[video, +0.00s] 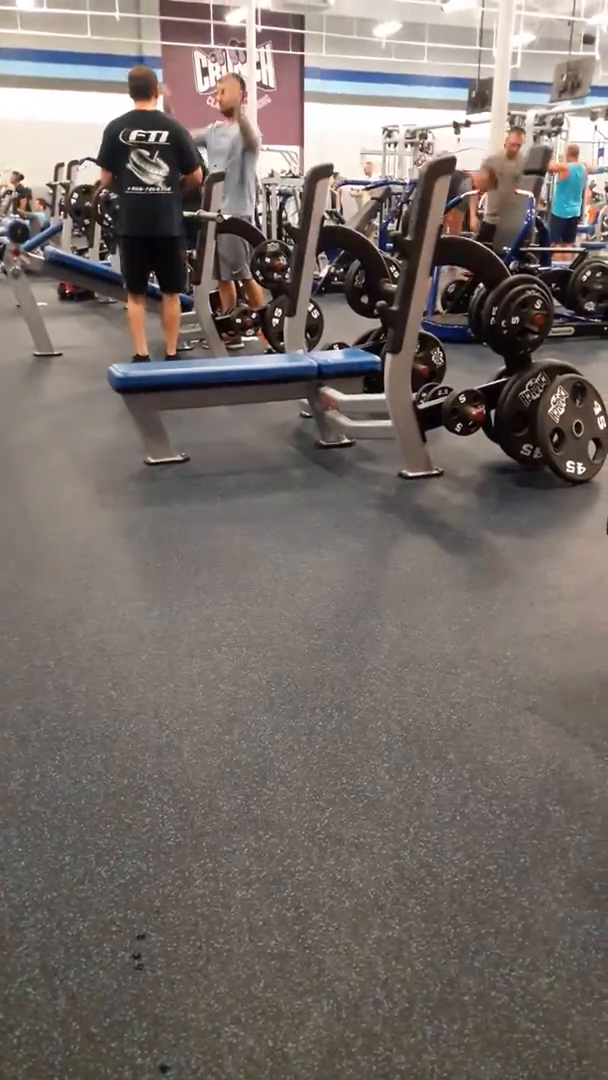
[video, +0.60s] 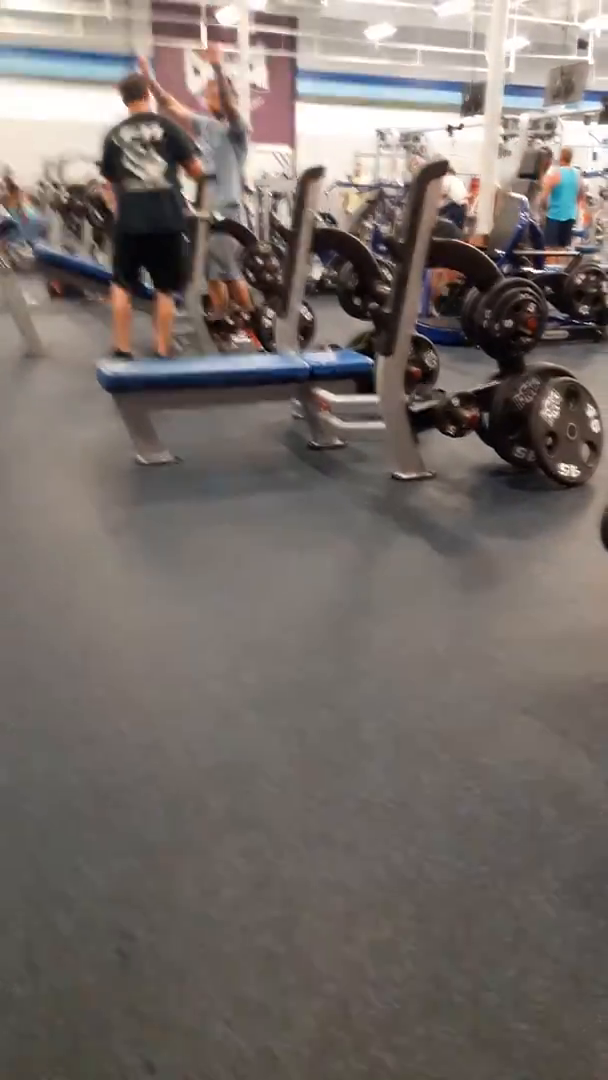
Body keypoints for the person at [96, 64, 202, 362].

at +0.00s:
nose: (158, 91)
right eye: (158, 87)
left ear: (129, 92)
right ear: (157, 91)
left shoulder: (116, 127)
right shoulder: (174, 127)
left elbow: (106, 177)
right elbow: (196, 176)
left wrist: (128, 185)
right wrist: (174, 191)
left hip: (132, 219)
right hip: (166, 219)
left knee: (134, 292)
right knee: (170, 292)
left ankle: (140, 354)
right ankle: (171, 353)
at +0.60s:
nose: (148, 98)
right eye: (148, 93)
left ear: (123, 100)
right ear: (149, 94)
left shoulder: (115, 135)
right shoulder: (167, 127)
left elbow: (109, 180)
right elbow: (195, 168)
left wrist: (118, 211)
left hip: (130, 209)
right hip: (166, 208)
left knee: (121, 283)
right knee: (165, 287)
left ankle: (122, 347)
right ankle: (163, 349)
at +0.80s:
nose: (154, 104)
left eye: (159, 99)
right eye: (155, 98)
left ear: (169, 103)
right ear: (164, 103)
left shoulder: (172, 138)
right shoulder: (156, 135)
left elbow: (156, 173)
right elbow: (150, 171)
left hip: (168, 212)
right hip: (153, 212)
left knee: (169, 270)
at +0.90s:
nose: (168, 146)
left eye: (173, 142)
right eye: (169, 142)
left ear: (184, 148)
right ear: (169, 147)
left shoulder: (192, 178)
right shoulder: (163, 173)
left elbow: (182, 151)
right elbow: (132, 154)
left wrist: (177, 119)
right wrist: (112, 124)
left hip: (181, 250)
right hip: (159, 249)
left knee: (179, 310)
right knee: (160, 313)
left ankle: (194, 364)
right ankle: (163, 365)